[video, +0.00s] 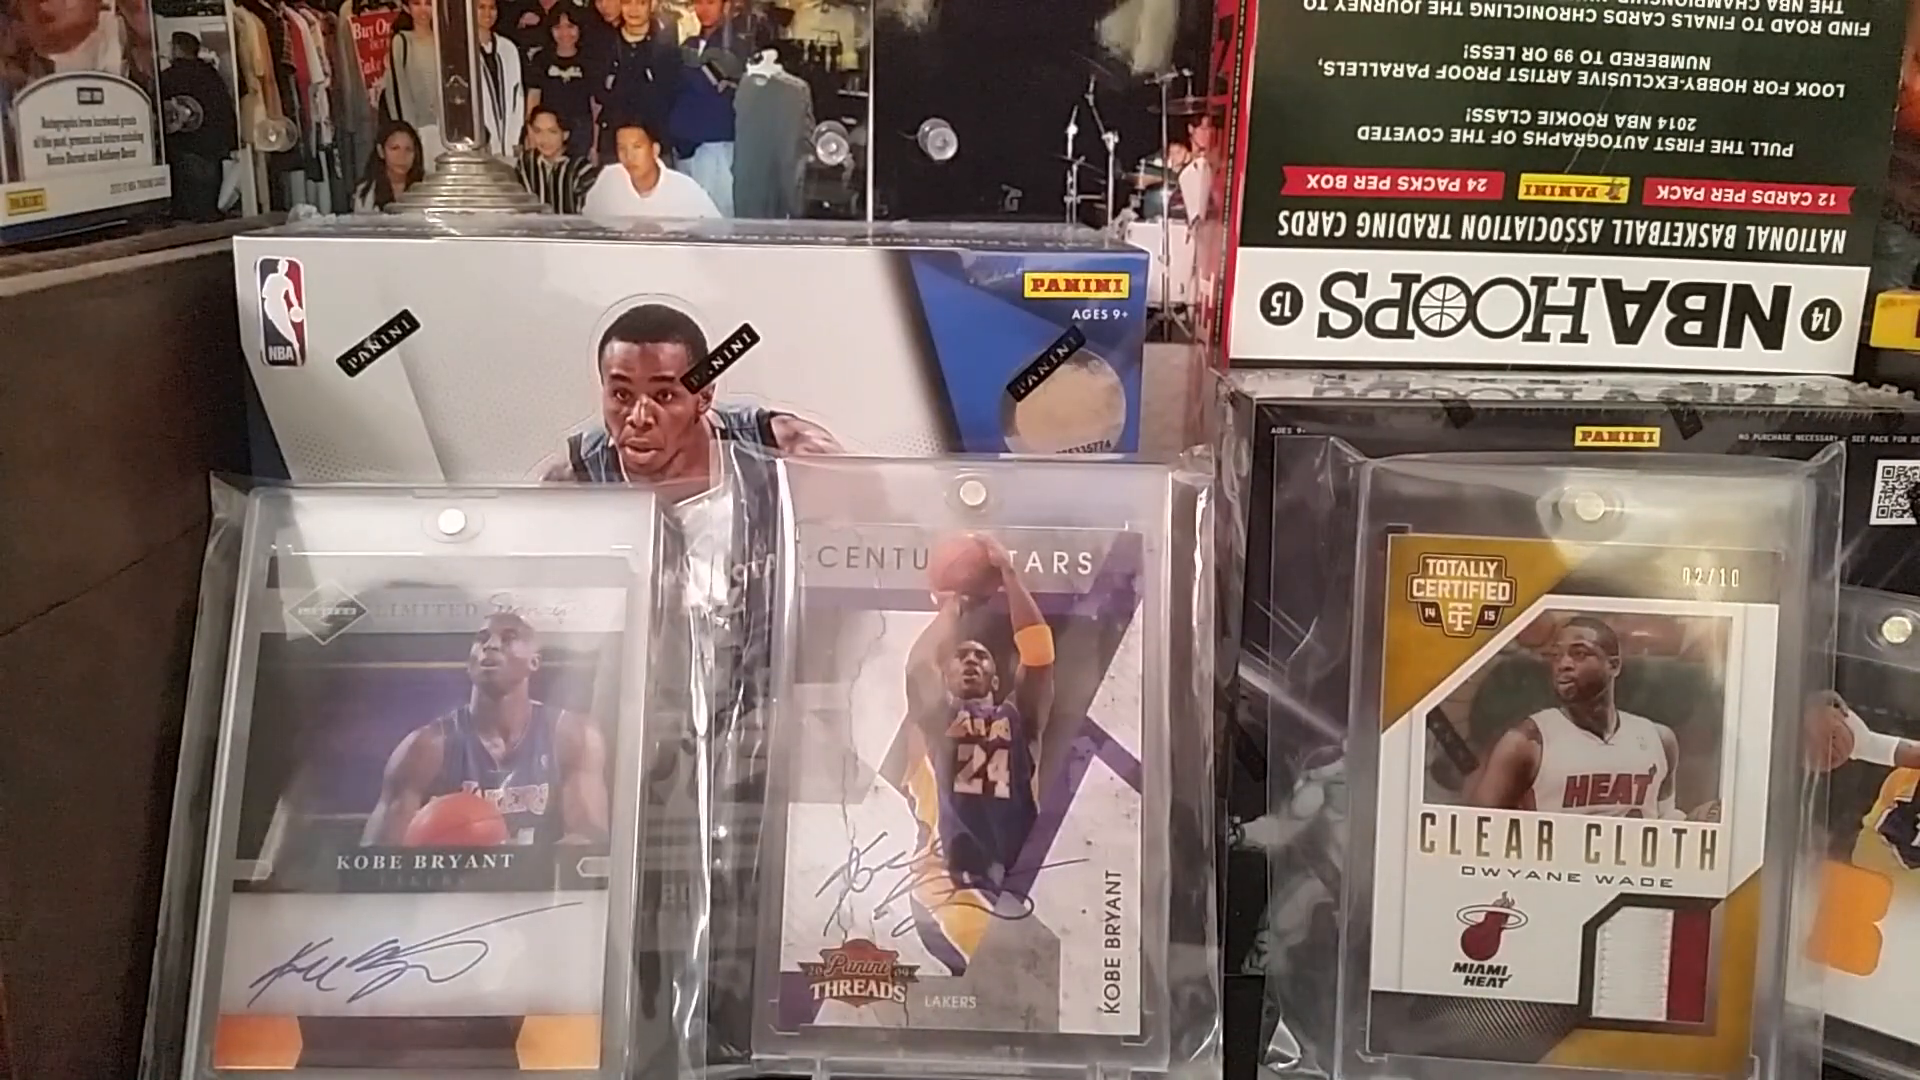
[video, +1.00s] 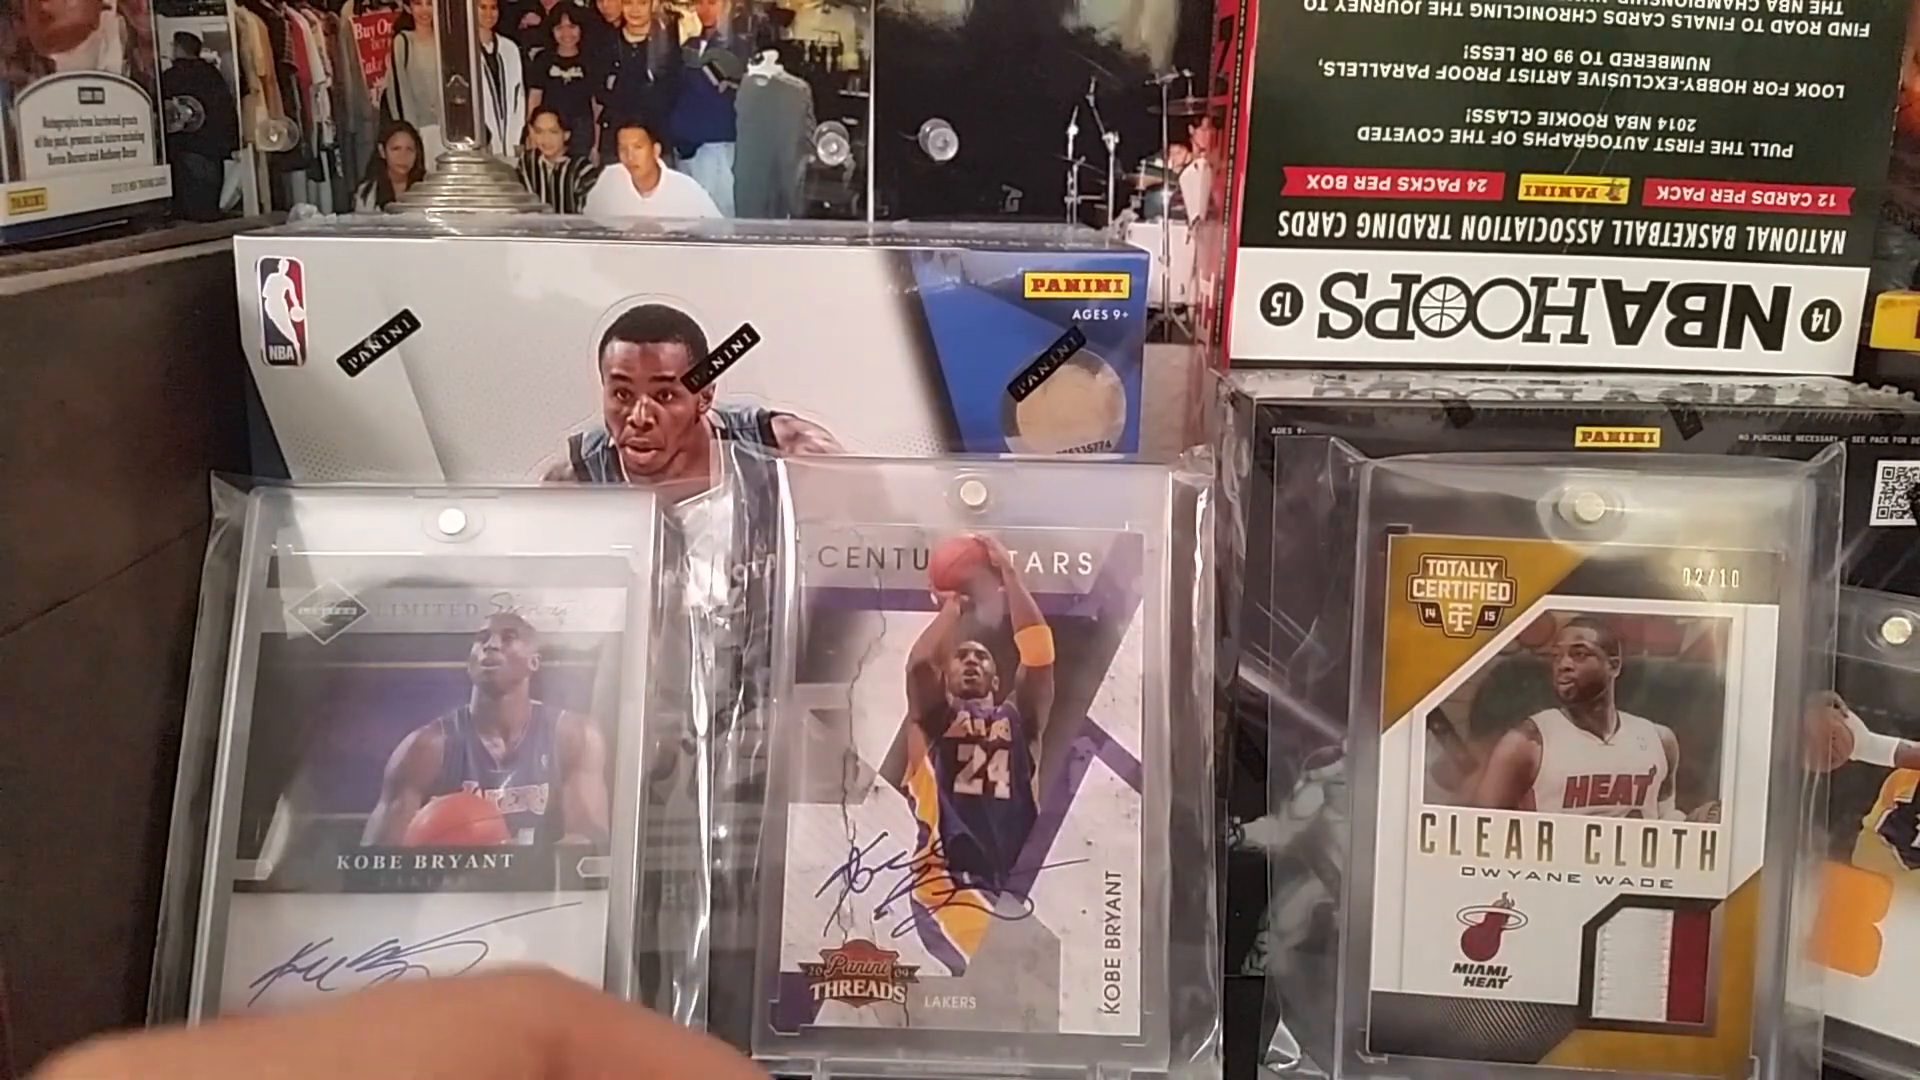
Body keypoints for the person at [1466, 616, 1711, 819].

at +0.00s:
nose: (1563, 664)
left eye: (1579, 654)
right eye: (1557, 655)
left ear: (1614, 666)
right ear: (1551, 663)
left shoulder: (1661, 742)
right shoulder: (1524, 744)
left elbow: (1663, 827)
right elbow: (1473, 837)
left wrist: (1692, 824)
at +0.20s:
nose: (1563, 664)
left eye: (1579, 653)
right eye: (1557, 655)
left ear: (1614, 667)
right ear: (1551, 662)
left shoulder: (1660, 742)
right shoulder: (1524, 743)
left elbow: (1664, 825)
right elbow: (1473, 836)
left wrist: (1693, 824)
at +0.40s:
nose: (1563, 665)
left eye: (1579, 654)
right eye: (1557, 655)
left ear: (1614, 666)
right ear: (1551, 664)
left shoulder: (1660, 743)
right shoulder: (1524, 744)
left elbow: (1664, 827)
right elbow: (1473, 837)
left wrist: (1693, 824)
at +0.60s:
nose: (1563, 665)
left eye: (1579, 654)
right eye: (1557, 656)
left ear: (1614, 667)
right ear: (1551, 664)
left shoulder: (1661, 743)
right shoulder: (1524, 744)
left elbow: (1664, 824)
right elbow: (1474, 836)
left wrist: (1691, 824)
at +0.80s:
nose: (1563, 665)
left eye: (1579, 654)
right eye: (1557, 656)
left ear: (1614, 667)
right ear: (1550, 664)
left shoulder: (1661, 743)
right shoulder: (1524, 744)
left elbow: (1664, 828)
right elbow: (1475, 838)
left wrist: (1693, 825)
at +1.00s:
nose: (1563, 665)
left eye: (1579, 654)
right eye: (1557, 656)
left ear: (1614, 666)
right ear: (1551, 664)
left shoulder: (1661, 743)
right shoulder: (1524, 745)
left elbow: (1664, 828)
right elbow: (1478, 840)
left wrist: (1695, 824)